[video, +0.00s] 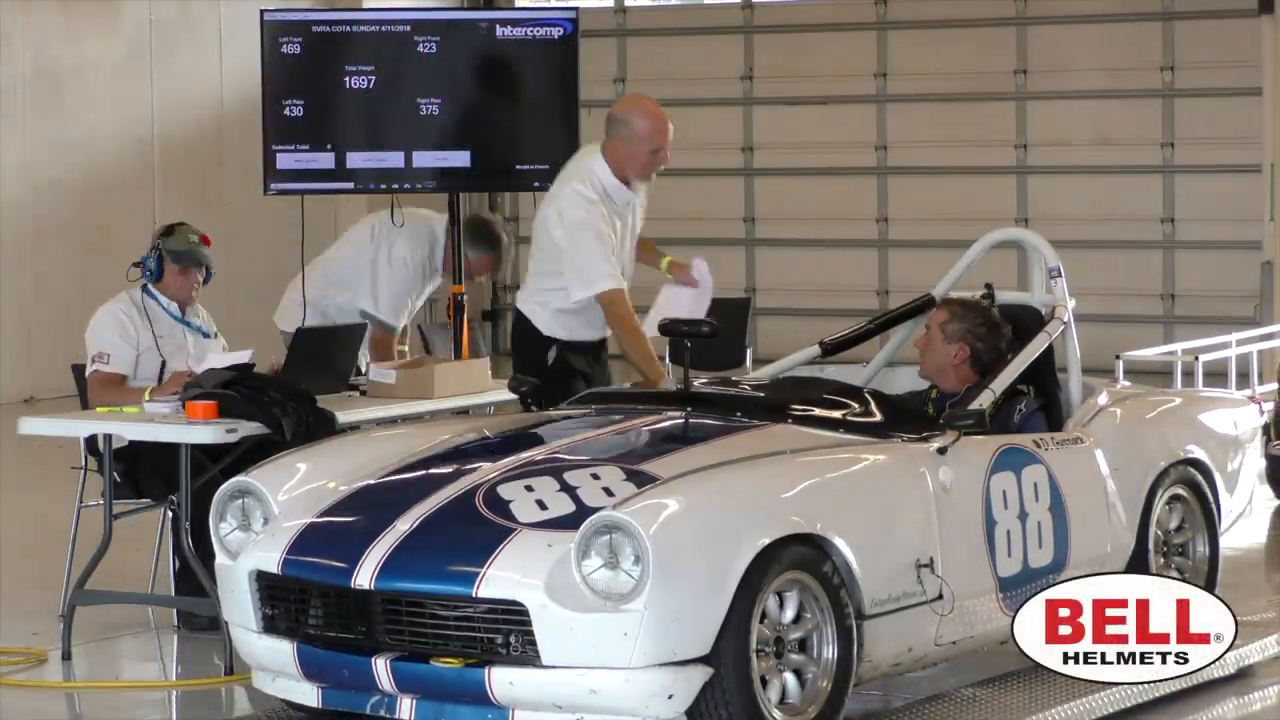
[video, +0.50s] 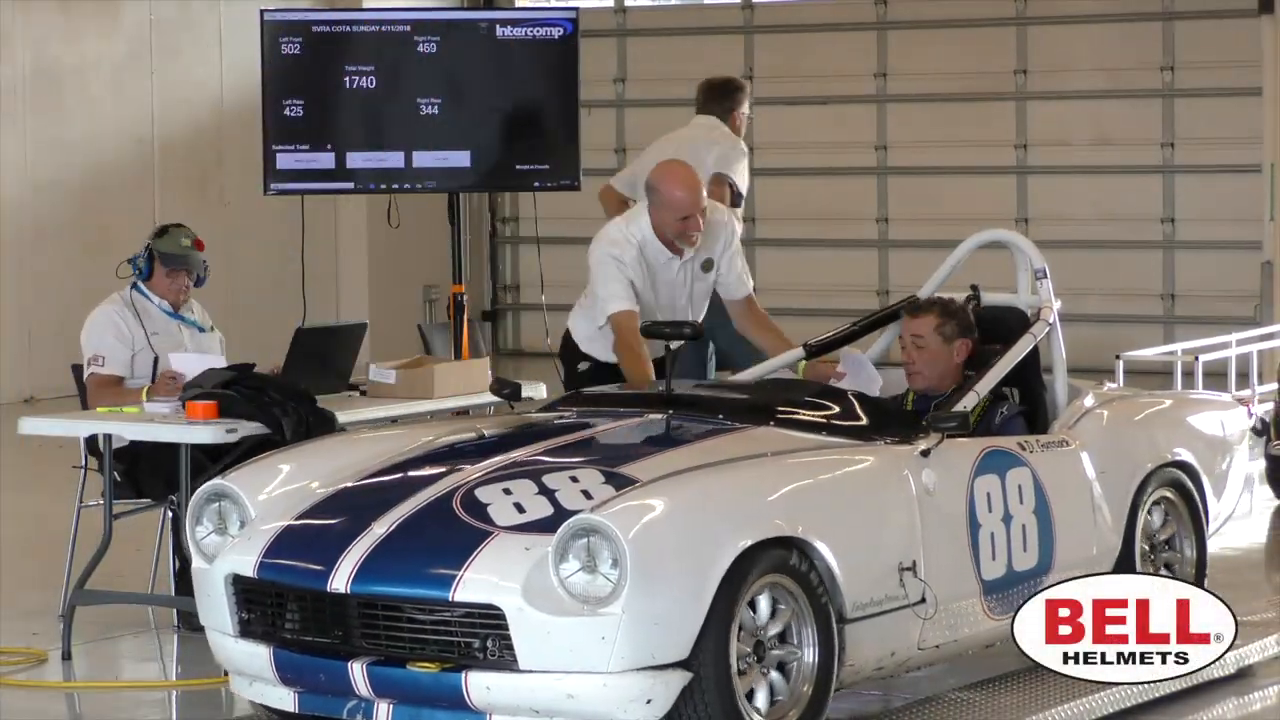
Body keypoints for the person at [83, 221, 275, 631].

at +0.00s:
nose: (196, 278)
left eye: (202, 269)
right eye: (186, 267)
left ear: (206, 274)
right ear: (159, 264)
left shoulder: (202, 319)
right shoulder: (118, 315)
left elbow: (222, 374)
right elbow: (99, 393)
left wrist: (262, 375)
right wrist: (158, 391)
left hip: (201, 443)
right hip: (138, 447)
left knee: (263, 469)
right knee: (204, 479)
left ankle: (250, 595)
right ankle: (196, 606)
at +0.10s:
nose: (186, 287)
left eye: (194, 278)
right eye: (176, 275)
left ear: (202, 281)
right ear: (152, 270)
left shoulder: (202, 319)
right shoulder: (115, 319)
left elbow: (217, 380)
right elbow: (97, 397)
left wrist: (259, 379)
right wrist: (153, 393)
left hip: (203, 442)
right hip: (139, 446)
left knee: (260, 471)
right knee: (204, 481)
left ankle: (247, 596)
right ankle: (196, 606)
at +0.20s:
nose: (183, 286)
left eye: (191, 278)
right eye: (171, 276)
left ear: (200, 280)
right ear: (150, 273)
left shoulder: (201, 316)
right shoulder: (113, 320)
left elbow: (214, 379)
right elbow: (96, 397)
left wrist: (253, 380)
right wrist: (153, 393)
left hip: (200, 442)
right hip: (137, 447)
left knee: (258, 469)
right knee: (201, 478)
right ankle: (195, 606)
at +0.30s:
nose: (205, 273)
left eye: (204, 265)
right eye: (197, 266)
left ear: (173, 272)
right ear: (169, 270)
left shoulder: (199, 318)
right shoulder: (115, 319)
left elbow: (212, 381)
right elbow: (98, 397)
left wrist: (255, 379)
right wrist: (153, 393)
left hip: (201, 442)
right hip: (140, 447)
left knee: (261, 469)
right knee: (201, 480)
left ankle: (247, 594)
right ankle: (194, 604)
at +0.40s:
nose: (201, 271)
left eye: (202, 262)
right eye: (193, 262)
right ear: (162, 265)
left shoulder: (197, 317)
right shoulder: (114, 317)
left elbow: (214, 377)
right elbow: (98, 396)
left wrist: (257, 379)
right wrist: (156, 392)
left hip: (197, 442)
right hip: (136, 447)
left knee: (262, 466)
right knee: (202, 477)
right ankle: (195, 605)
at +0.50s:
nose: (183, 283)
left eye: (190, 275)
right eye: (172, 273)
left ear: (198, 275)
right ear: (149, 268)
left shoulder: (199, 315)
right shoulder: (111, 317)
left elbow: (213, 380)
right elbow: (99, 396)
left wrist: (254, 379)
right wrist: (149, 393)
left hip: (198, 442)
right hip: (136, 447)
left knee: (255, 468)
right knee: (201, 477)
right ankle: (193, 603)